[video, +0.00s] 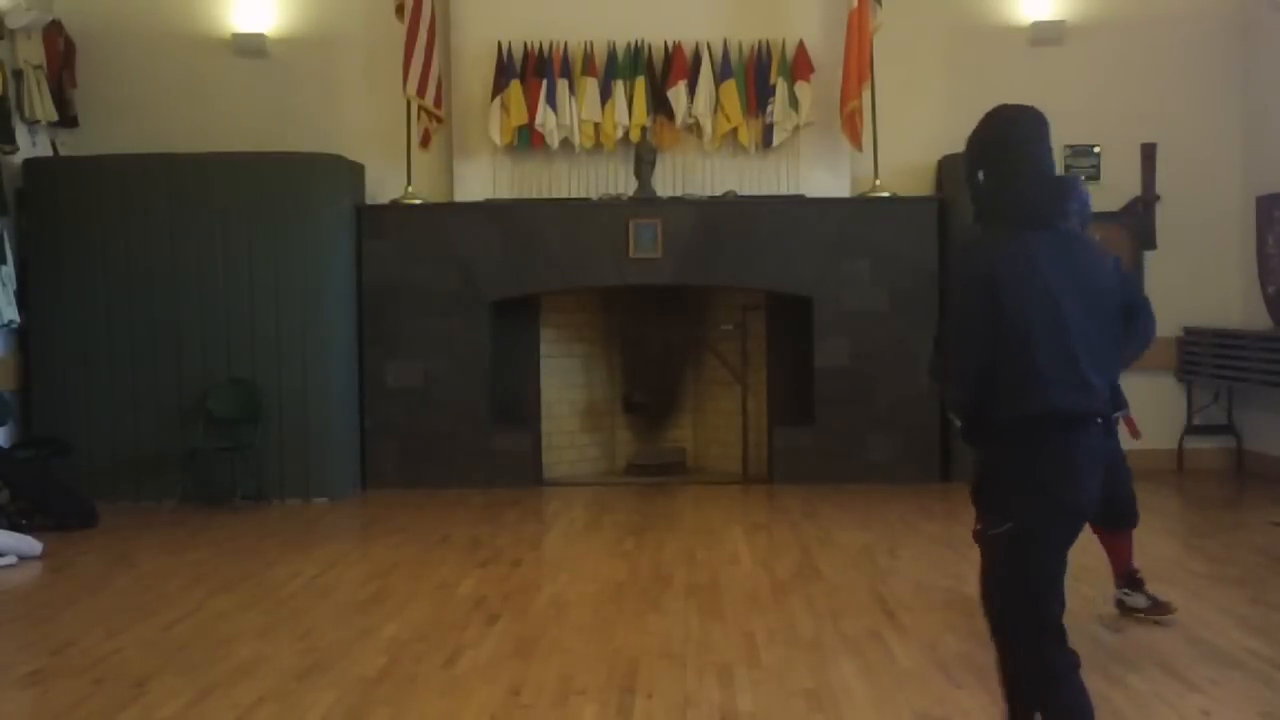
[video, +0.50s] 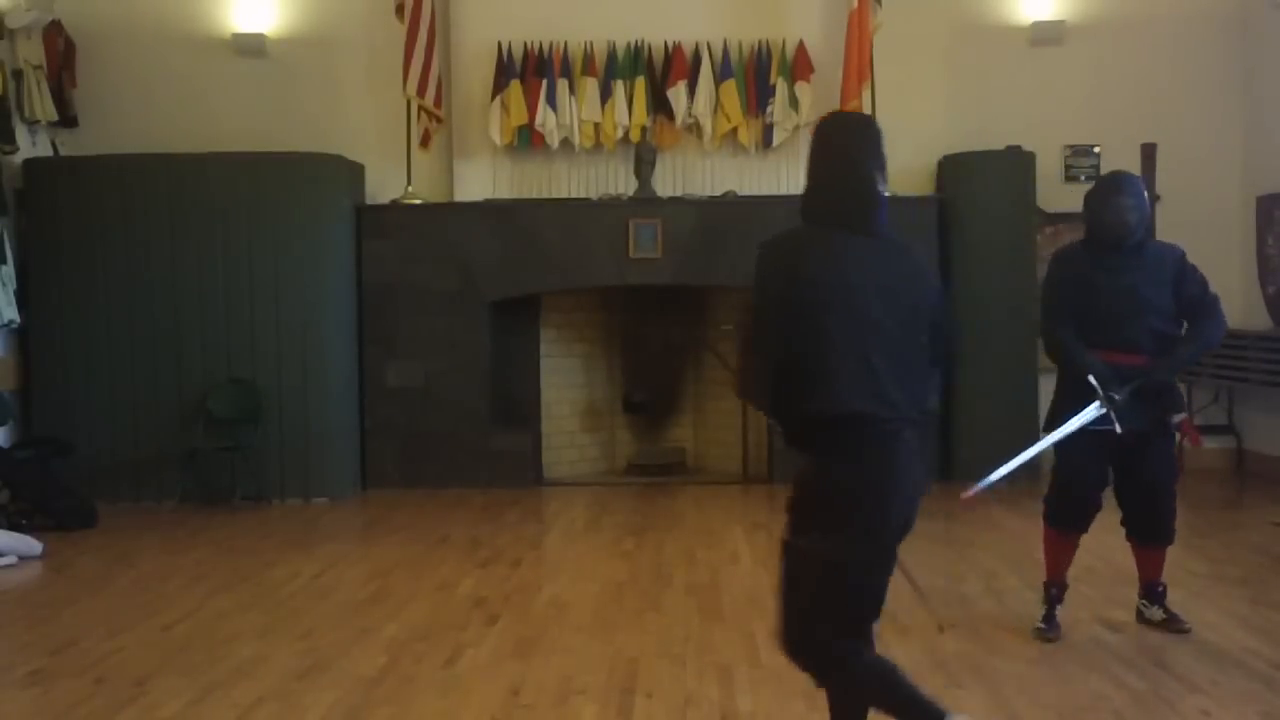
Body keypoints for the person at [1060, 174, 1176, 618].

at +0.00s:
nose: (1078, 229)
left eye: (1082, 219)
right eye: (1071, 219)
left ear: (1087, 221)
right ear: (1052, 220)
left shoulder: (1094, 271)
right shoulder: (1039, 272)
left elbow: (1098, 357)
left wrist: (1121, 407)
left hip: (1095, 415)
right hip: (1049, 417)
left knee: (1115, 502)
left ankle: (1128, 584)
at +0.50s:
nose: (1120, 227)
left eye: (1129, 217)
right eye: (1110, 218)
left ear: (1145, 215)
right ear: (1091, 216)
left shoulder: (1168, 263)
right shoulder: (1069, 263)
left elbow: (1212, 323)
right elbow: (1056, 334)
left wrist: (1165, 368)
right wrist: (1095, 375)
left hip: (1148, 406)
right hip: (1081, 404)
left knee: (1153, 503)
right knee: (1070, 501)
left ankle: (1152, 600)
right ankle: (1052, 599)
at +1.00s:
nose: (1078, 225)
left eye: (1086, 213)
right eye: (1067, 214)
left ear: (1106, 213)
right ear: (1049, 220)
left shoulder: (1140, 261)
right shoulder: (1035, 277)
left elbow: (1188, 332)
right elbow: (1026, 353)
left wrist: (1137, 379)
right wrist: (1061, 400)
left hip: (1136, 407)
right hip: (1067, 410)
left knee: (1167, 514)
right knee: (1064, 518)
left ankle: (1161, 577)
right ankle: (1069, 624)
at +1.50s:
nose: (1050, 225)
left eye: (1061, 214)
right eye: (1045, 214)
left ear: (1094, 213)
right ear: (1040, 217)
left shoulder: (1140, 261)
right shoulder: (1040, 274)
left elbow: (1185, 337)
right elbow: (1017, 357)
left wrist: (1131, 391)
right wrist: (1035, 359)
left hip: (1139, 423)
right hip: (1071, 421)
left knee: (1146, 526)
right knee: (1061, 524)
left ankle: (1166, 640)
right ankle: (1067, 626)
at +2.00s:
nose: (1095, 226)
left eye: (1106, 216)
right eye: (1091, 216)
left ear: (1138, 214)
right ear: (1090, 216)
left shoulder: (1182, 268)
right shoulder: (1088, 266)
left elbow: (1217, 349)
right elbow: (1062, 337)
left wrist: (1151, 401)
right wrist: (1067, 397)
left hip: (1166, 413)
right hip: (1106, 410)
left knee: (1155, 522)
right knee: (1099, 508)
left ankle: (1165, 637)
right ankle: (1118, 589)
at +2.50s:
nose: (1124, 230)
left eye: (1133, 219)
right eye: (1119, 220)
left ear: (1161, 216)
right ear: (1116, 224)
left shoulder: (1205, 267)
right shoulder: (1115, 279)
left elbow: (1223, 345)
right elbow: (1099, 350)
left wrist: (1170, 397)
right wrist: (1097, 402)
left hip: (1195, 415)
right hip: (1134, 415)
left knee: (1198, 512)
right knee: (1125, 512)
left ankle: (1221, 613)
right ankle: (1147, 607)